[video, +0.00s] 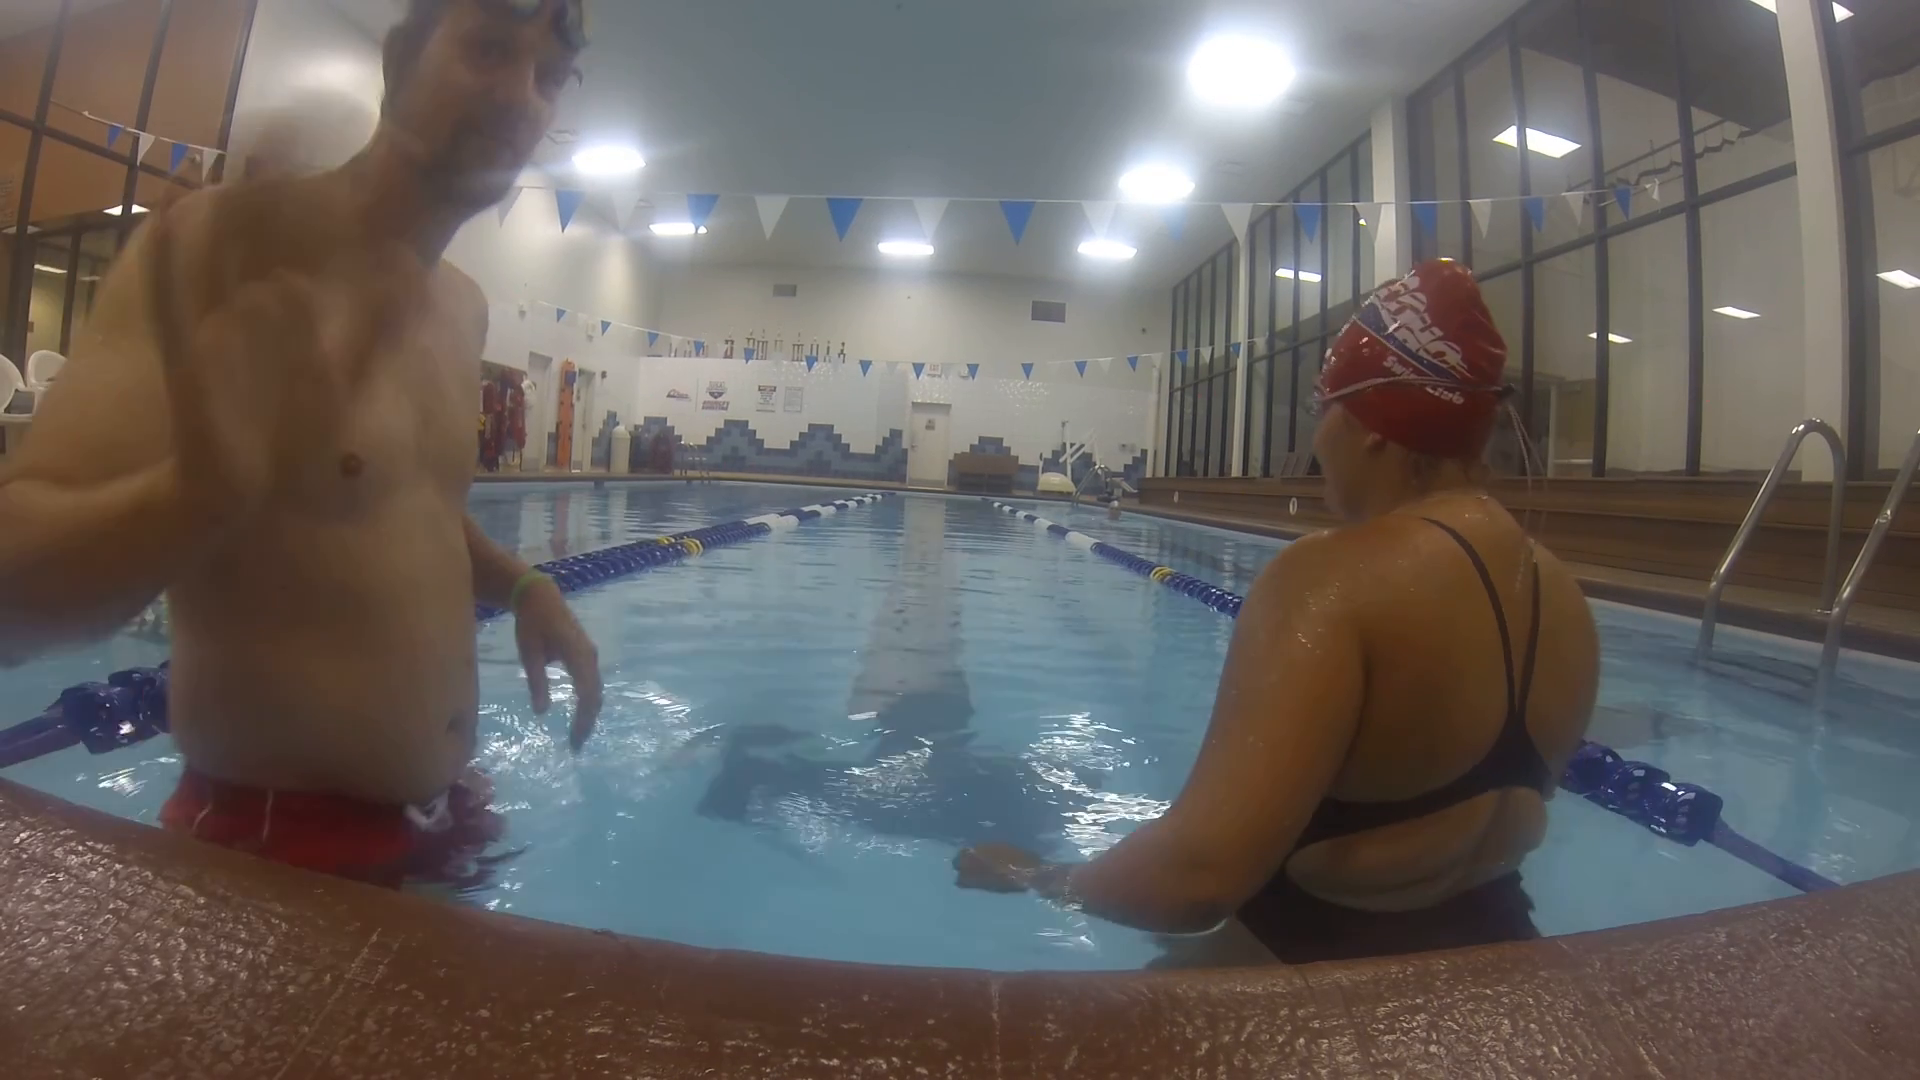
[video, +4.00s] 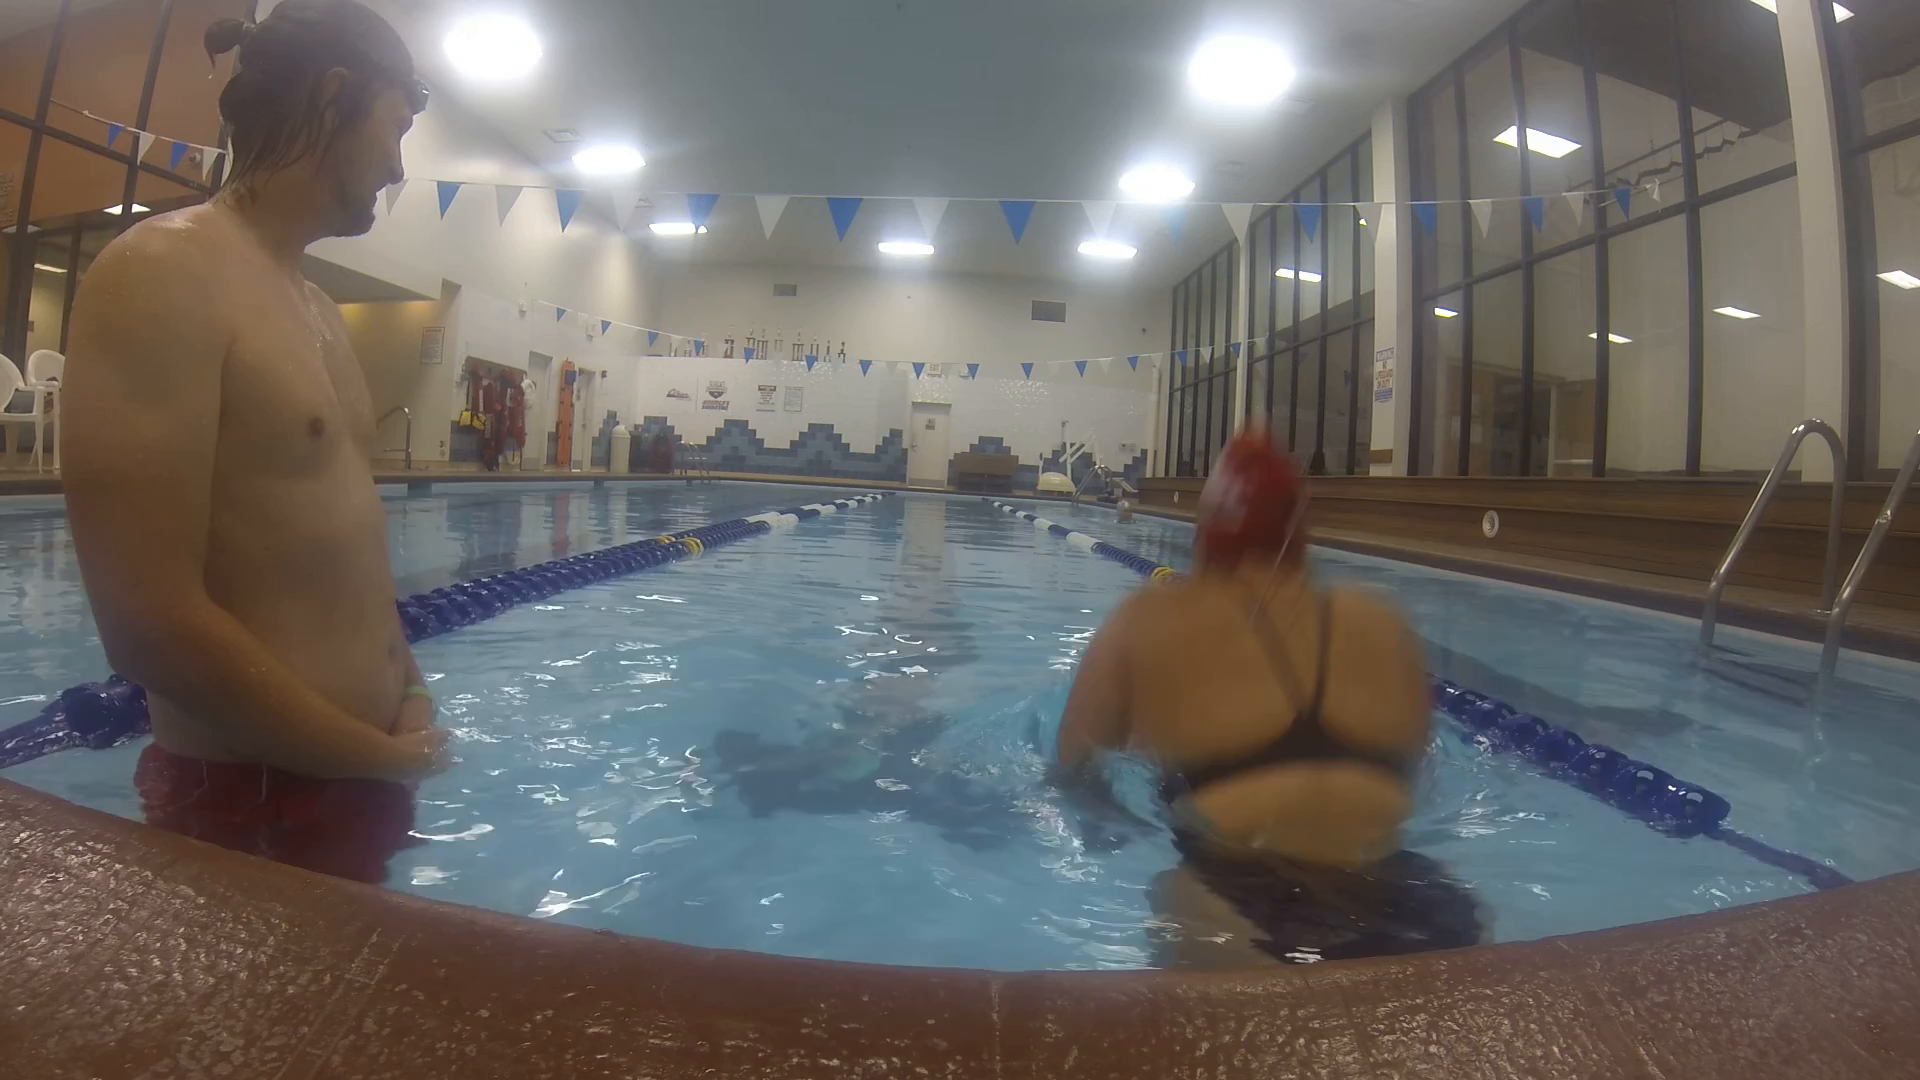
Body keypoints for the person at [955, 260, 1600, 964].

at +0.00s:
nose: (1317, 433)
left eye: (1327, 406)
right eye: (1324, 406)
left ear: (1375, 426)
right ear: (1470, 425)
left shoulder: (1327, 582)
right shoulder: (1557, 591)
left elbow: (1199, 875)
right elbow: (1512, 805)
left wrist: (1040, 879)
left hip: (1308, 981)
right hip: (1493, 964)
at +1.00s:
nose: (1279, 427)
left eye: (1323, 405)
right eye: (1270, 404)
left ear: (1406, 445)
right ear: (1254, 420)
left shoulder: (1431, 635)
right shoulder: (1322, 584)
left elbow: (1452, 921)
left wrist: (1212, 788)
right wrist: (1174, 758)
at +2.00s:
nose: (1337, 464)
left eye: (1364, 444)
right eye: (1308, 439)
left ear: (1389, 468)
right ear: (1266, 461)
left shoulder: (1442, 594)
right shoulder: (1205, 602)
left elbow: (1639, 725)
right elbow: (1163, 725)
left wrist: (1535, 630)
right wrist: (1066, 767)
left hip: (1403, 949)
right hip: (1252, 935)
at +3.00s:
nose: (1290, 456)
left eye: (1304, 431)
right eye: (1298, 431)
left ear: (1360, 453)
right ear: (1369, 454)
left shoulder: (1399, 587)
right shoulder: (1458, 561)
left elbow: (1423, 852)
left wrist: (1224, 801)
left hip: (1372, 967)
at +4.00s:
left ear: (1206, 531)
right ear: (1301, 534)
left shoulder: (1149, 621)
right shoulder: (1382, 622)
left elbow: (1074, 766)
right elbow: (1412, 749)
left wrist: (1124, 834)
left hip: (1229, 927)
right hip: (1388, 921)